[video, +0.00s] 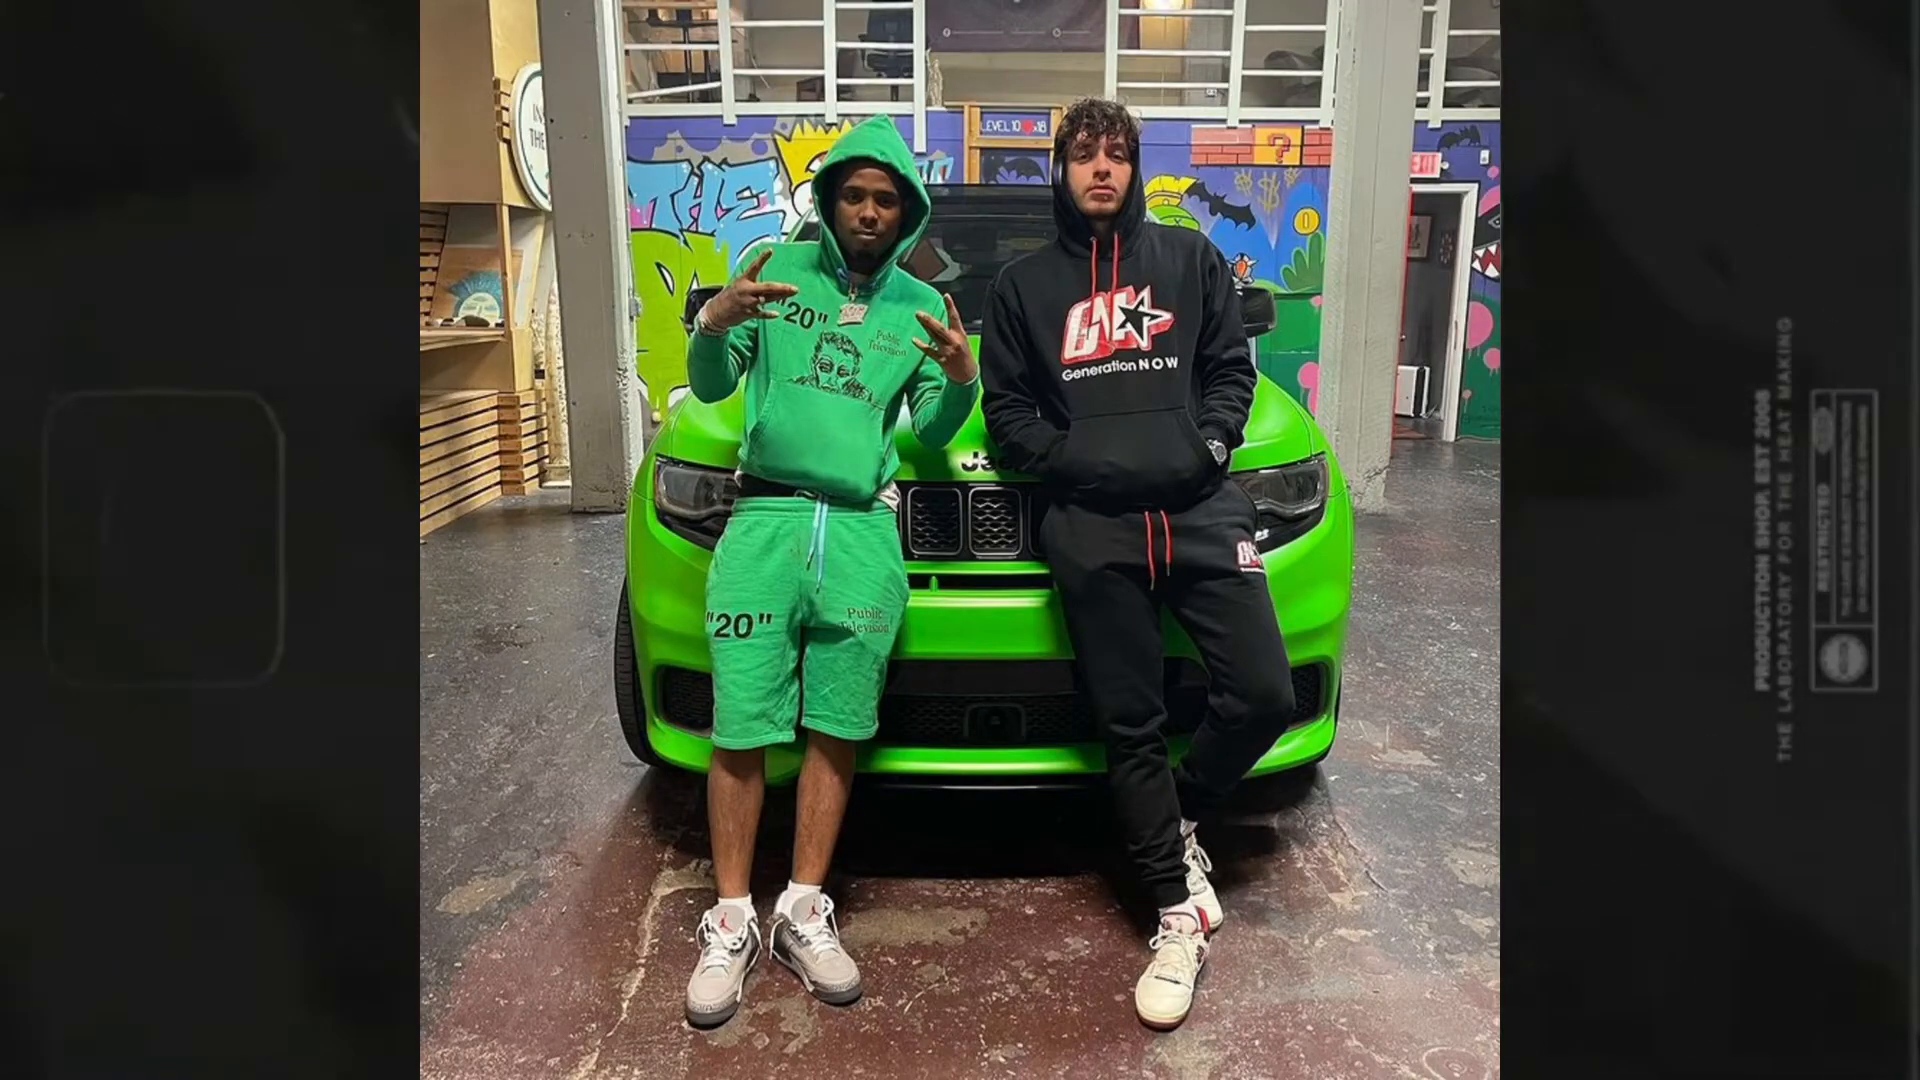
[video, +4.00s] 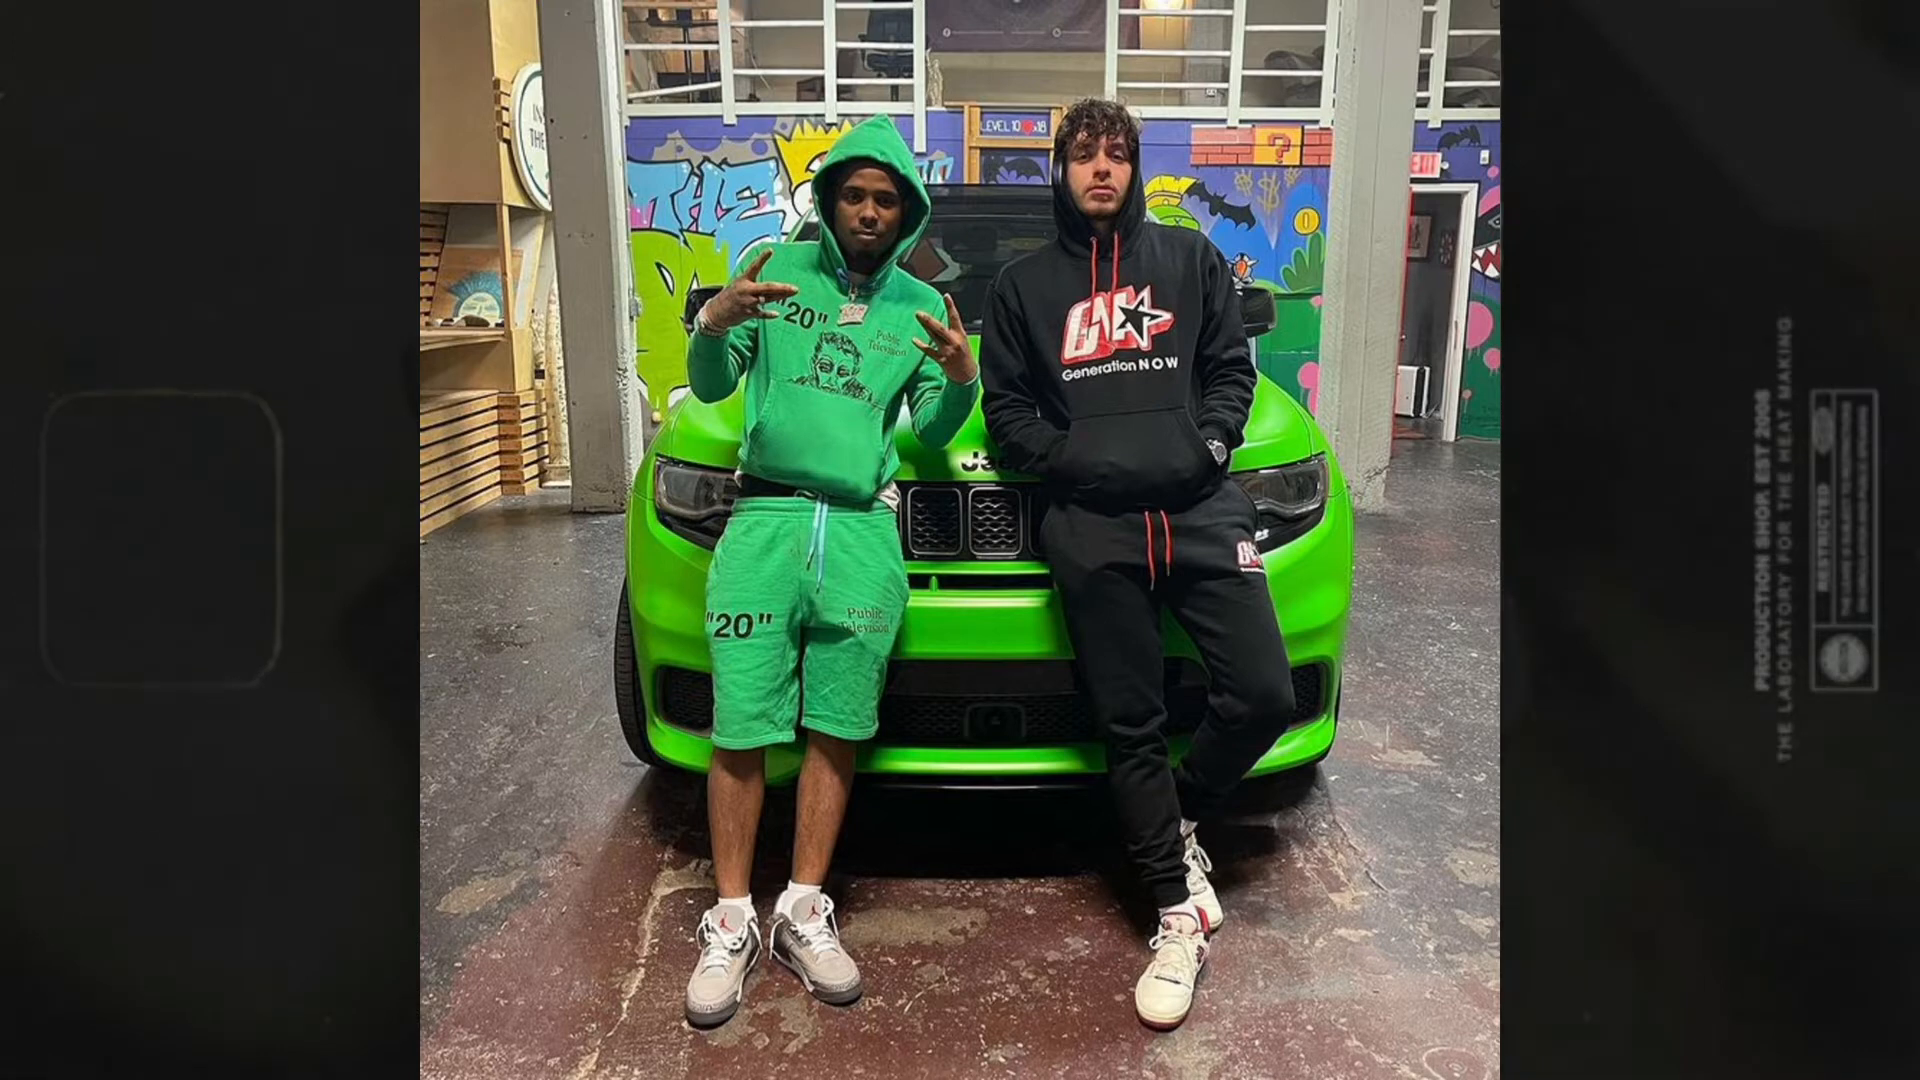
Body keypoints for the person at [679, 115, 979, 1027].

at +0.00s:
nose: (869, 213)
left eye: (885, 199)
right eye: (855, 196)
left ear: (906, 212)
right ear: (827, 202)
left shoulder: (923, 305)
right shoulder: (776, 267)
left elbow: (924, 439)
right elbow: (712, 384)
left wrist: (960, 380)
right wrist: (712, 323)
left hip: (861, 527)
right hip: (763, 517)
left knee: (838, 728)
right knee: (741, 728)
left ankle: (805, 908)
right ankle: (731, 919)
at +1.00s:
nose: (868, 212)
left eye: (884, 198)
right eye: (854, 196)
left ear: (907, 211)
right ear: (827, 202)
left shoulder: (923, 305)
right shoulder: (776, 268)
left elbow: (925, 440)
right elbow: (712, 384)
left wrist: (960, 381)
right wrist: (712, 322)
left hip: (860, 526)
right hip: (762, 517)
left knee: (839, 728)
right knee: (741, 728)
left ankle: (804, 908)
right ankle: (732, 919)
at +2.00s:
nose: (869, 213)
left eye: (885, 199)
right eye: (855, 196)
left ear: (906, 212)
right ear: (827, 202)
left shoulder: (923, 306)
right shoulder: (775, 267)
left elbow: (923, 439)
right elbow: (712, 384)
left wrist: (960, 380)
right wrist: (712, 322)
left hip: (861, 527)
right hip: (764, 516)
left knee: (838, 728)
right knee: (741, 729)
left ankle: (805, 909)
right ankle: (732, 919)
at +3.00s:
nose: (868, 212)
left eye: (885, 198)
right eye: (854, 196)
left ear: (906, 212)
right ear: (827, 203)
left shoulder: (924, 305)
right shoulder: (776, 267)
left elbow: (924, 439)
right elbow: (712, 384)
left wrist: (960, 380)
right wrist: (714, 321)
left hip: (861, 527)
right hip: (763, 517)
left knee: (838, 729)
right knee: (741, 729)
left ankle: (805, 909)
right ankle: (732, 920)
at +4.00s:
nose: (868, 212)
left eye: (885, 198)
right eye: (854, 196)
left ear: (907, 212)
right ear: (827, 202)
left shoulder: (923, 305)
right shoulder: (776, 268)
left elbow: (923, 439)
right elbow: (712, 384)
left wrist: (961, 380)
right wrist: (713, 321)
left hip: (861, 527)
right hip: (763, 517)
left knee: (838, 728)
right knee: (741, 728)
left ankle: (805, 908)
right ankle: (732, 919)